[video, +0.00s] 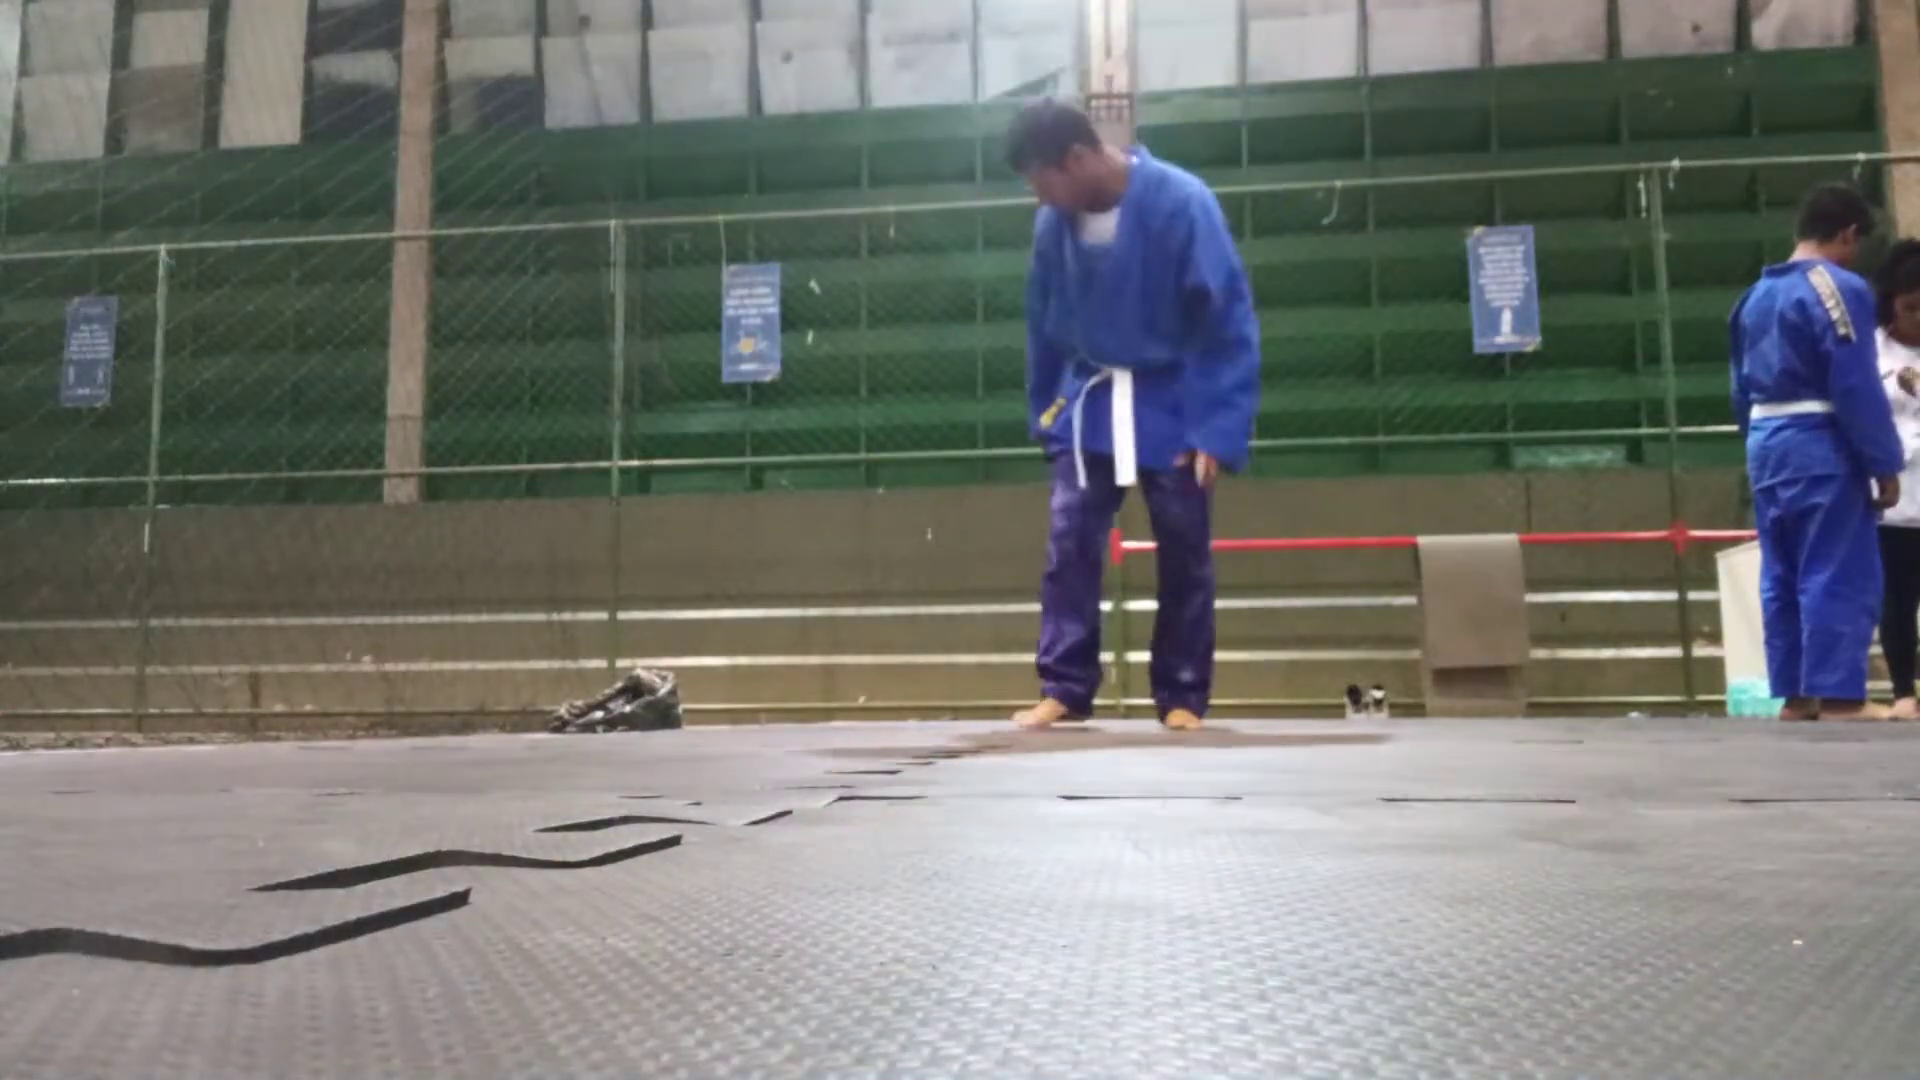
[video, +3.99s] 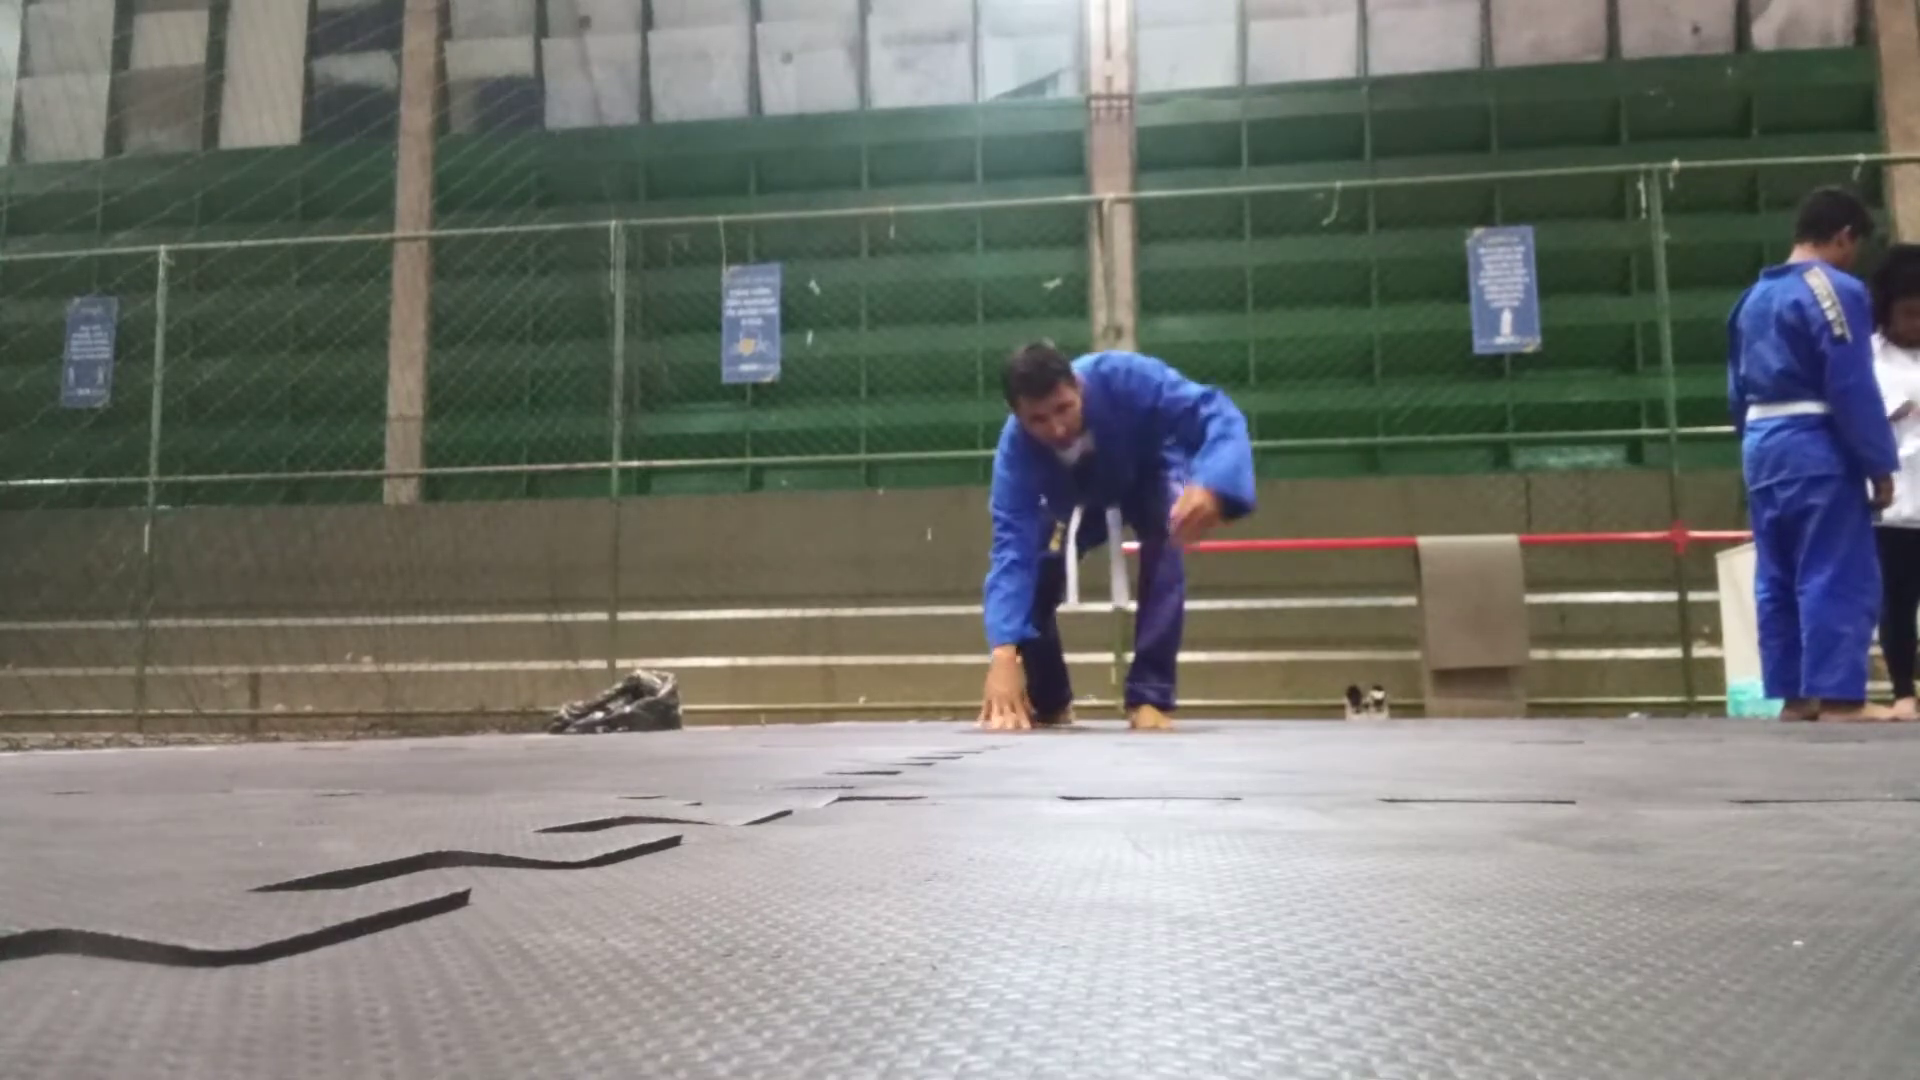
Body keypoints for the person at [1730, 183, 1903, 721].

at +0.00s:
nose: (1857, 252)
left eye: (1860, 243)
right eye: (1858, 242)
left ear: (1802, 231)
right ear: (1846, 234)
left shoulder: (1756, 295)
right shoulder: (1838, 289)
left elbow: (1743, 390)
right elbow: (1855, 387)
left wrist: (1764, 442)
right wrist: (1886, 465)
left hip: (1764, 439)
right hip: (1818, 437)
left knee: (1783, 573)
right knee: (1839, 569)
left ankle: (1794, 697)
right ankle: (1838, 699)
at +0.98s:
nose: (1849, 252)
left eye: (1852, 244)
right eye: (1851, 242)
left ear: (1795, 231)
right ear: (1840, 235)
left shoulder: (1751, 295)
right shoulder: (1833, 289)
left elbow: (1737, 391)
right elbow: (1853, 387)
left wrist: (1757, 444)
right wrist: (1883, 464)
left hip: (1759, 440)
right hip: (1814, 438)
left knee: (1778, 575)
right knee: (1839, 569)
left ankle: (1791, 696)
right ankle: (1838, 698)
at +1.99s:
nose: (1859, 251)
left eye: (1861, 242)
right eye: (1860, 241)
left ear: (1803, 231)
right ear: (1848, 235)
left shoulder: (1757, 296)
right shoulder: (1845, 290)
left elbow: (1741, 391)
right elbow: (1862, 387)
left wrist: (1761, 445)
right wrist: (1891, 465)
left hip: (1766, 443)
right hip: (1823, 441)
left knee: (1783, 576)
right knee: (1841, 572)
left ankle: (1795, 698)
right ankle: (1840, 701)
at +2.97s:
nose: (1859, 250)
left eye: (1862, 241)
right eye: (1859, 240)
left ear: (1801, 231)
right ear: (1845, 233)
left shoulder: (1757, 295)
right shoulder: (1841, 288)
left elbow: (1742, 391)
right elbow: (1859, 386)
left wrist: (1762, 445)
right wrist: (1888, 464)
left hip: (1766, 440)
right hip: (1821, 438)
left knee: (1784, 573)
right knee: (1841, 569)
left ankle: (1795, 696)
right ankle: (1839, 698)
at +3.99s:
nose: (1856, 255)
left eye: (1859, 246)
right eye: (1856, 244)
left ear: (1800, 234)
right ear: (1842, 236)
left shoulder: (1754, 297)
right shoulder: (1834, 290)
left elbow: (1739, 392)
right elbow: (1851, 389)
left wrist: (1761, 442)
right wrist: (1881, 467)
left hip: (1760, 440)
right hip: (1814, 438)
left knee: (1779, 574)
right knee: (1837, 569)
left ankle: (1793, 696)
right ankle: (1837, 697)